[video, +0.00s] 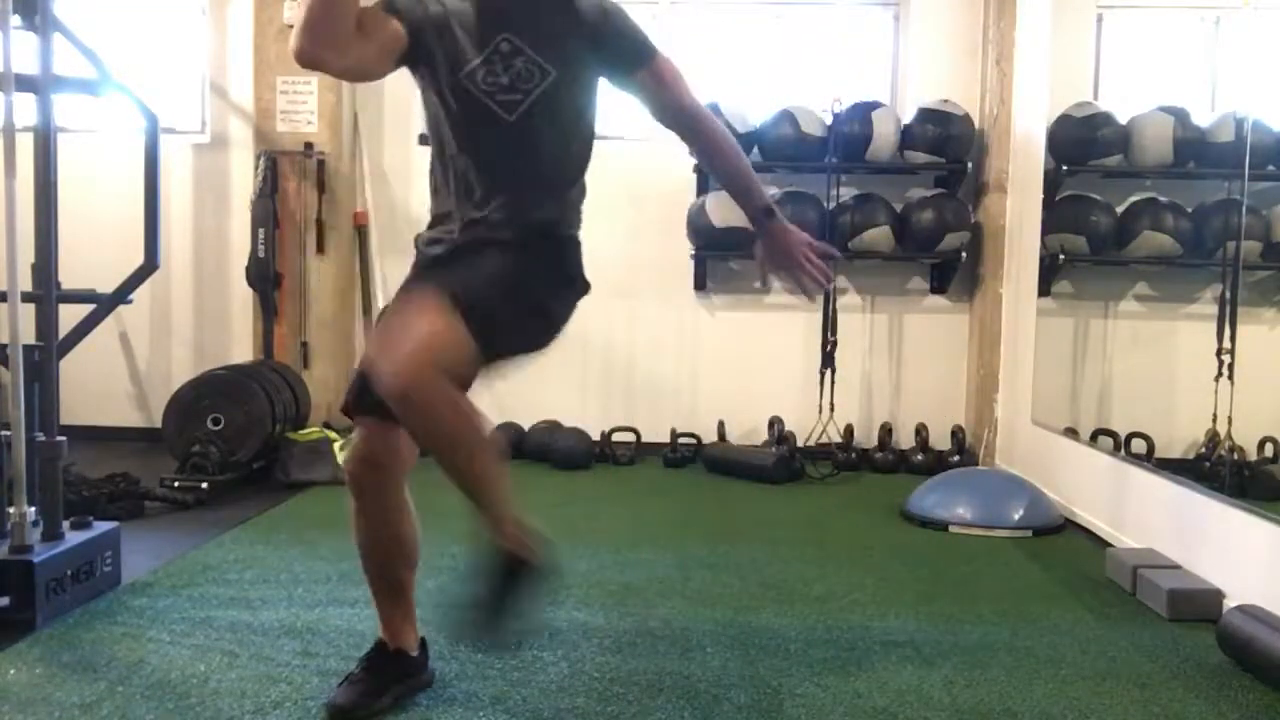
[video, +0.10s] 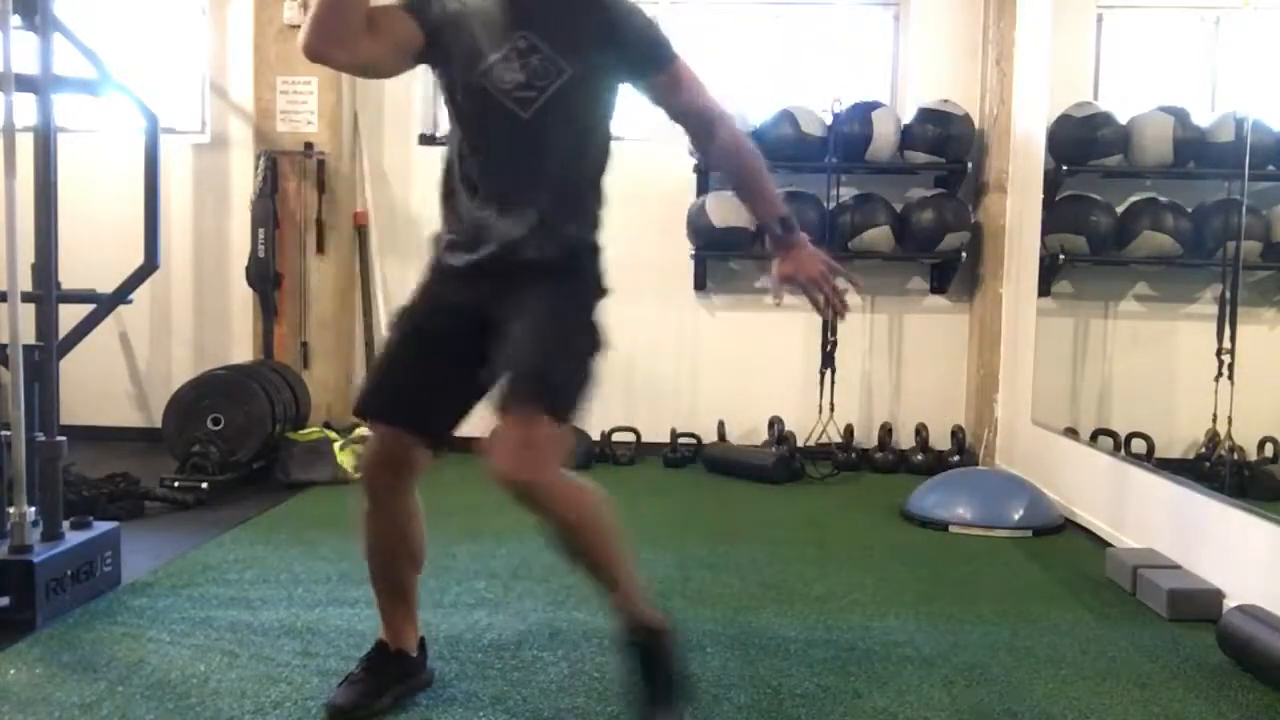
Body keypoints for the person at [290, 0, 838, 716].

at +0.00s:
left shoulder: (582, 16)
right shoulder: (425, 13)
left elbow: (687, 116)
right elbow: (321, 45)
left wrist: (768, 219)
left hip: (531, 251)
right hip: (444, 252)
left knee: (400, 361)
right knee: (371, 459)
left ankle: (518, 543)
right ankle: (399, 651)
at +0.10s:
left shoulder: (608, 19)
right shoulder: (445, 14)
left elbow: (710, 124)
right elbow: (327, 39)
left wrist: (785, 238)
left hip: (553, 272)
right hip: (461, 269)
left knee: (524, 462)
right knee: (386, 460)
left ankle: (645, 626)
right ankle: (399, 651)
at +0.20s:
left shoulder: (639, 14)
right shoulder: (477, 11)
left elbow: (751, 108)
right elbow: (355, 41)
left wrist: (811, 217)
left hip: (607, 276)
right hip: (509, 275)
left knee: (628, 478)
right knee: (436, 461)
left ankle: (696, 660)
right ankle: (405, 652)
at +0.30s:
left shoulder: (682, 8)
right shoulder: (512, 7)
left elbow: (783, 76)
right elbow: (399, 59)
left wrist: (845, 167)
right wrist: (419, 3)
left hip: (660, 259)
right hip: (558, 258)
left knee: (679, 466)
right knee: (501, 450)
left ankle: (702, 659)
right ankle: (481, 640)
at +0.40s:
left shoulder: (711, 7)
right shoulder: (539, 8)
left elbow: (811, 74)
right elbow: (439, 96)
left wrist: (886, 130)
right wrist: (480, 18)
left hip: (694, 254)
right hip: (593, 258)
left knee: (740, 442)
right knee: (566, 461)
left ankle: (755, 649)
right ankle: (584, 639)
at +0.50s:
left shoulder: (768, 13)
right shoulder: (610, 18)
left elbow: (863, 88)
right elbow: (523, 137)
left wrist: (944, 72)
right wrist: (520, 129)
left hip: (748, 280)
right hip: (644, 283)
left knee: (837, 470)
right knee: (596, 489)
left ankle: (918, 654)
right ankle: (594, 649)